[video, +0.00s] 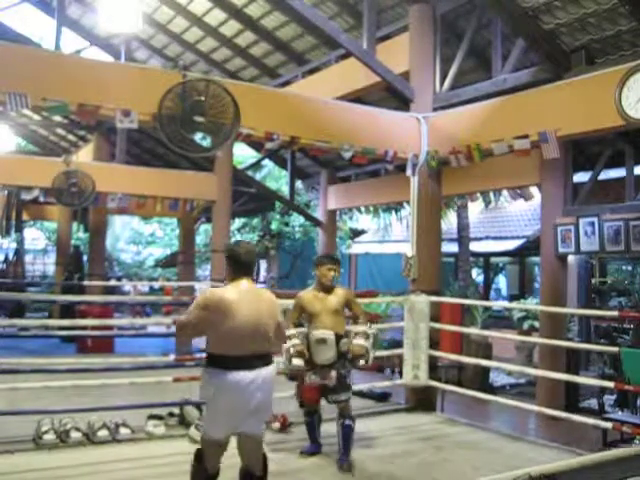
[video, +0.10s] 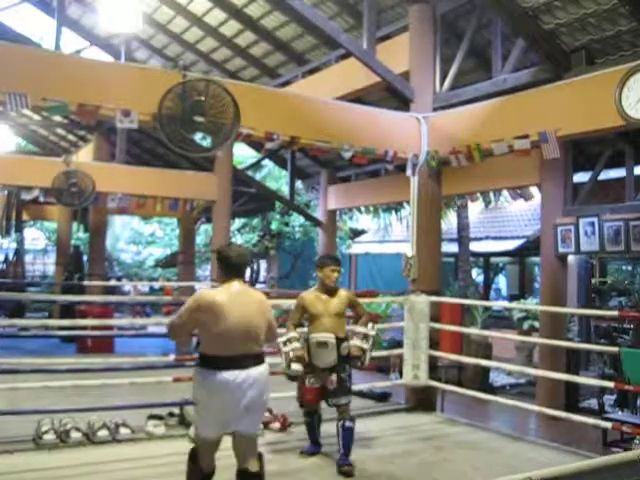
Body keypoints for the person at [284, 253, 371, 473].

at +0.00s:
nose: (332, 274)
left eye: (335, 271)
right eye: (328, 270)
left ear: (338, 273)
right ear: (317, 271)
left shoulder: (344, 295)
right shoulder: (303, 298)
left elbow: (361, 317)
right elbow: (291, 324)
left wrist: (359, 340)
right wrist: (297, 345)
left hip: (339, 350)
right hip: (312, 350)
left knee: (343, 402)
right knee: (308, 398)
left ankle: (345, 454)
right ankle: (314, 443)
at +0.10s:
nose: (336, 276)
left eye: (338, 272)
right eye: (331, 272)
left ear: (339, 274)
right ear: (319, 272)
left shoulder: (346, 296)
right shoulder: (305, 299)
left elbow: (363, 315)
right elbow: (291, 325)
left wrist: (356, 339)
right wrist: (295, 348)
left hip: (339, 348)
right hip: (313, 349)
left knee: (343, 403)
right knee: (309, 401)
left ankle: (345, 456)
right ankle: (314, 442)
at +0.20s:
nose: (341, 277)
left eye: (344, 273)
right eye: (337, 272)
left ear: (345, 275)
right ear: (324, 274)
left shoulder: (351, 298)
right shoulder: (309, 298)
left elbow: (368, 318)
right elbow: (295, 326)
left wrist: (359, 340)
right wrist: (296, 351)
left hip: (343, 351)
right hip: (315, 351)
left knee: (344, 406)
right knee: (309, 403)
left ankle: (344, 458)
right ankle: (314, 441)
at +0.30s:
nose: (347, 277)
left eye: (349, 273)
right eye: (343, 272)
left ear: (351, 275)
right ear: (330, 273)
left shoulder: (356, 298)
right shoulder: (314, 297)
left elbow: (373, 317)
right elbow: (300, 323)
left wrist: (363, 337)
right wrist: (299, 346)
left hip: (347, 351)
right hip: (320, 351)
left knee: (347, 407)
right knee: (310, 403)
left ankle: (345, 459)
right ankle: (314, 439)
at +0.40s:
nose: (352, 277)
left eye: (355, 273)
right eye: (348, 272)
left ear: (357, 275)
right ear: (336, 273)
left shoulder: (362, 298)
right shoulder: (319, 296)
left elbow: (376, 318)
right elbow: (303, 324)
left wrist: (365, 341)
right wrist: (301, 348)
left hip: (350, 351)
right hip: (323, 353)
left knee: (349, 409)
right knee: (310, 405)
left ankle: (345, 460)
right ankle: (315, 437)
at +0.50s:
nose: (355, 277)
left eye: (358, 273)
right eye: (350, 272)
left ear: (360, 275)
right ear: (339, 273)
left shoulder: (365, 298)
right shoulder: (321, 295)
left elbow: (378, 318)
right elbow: (306, 325)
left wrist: (369, 338)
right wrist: (304, 347)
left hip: (353, 356)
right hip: (324, 355)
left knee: (350, 411)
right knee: (312, 408)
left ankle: (345, 461)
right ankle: (318, 445)